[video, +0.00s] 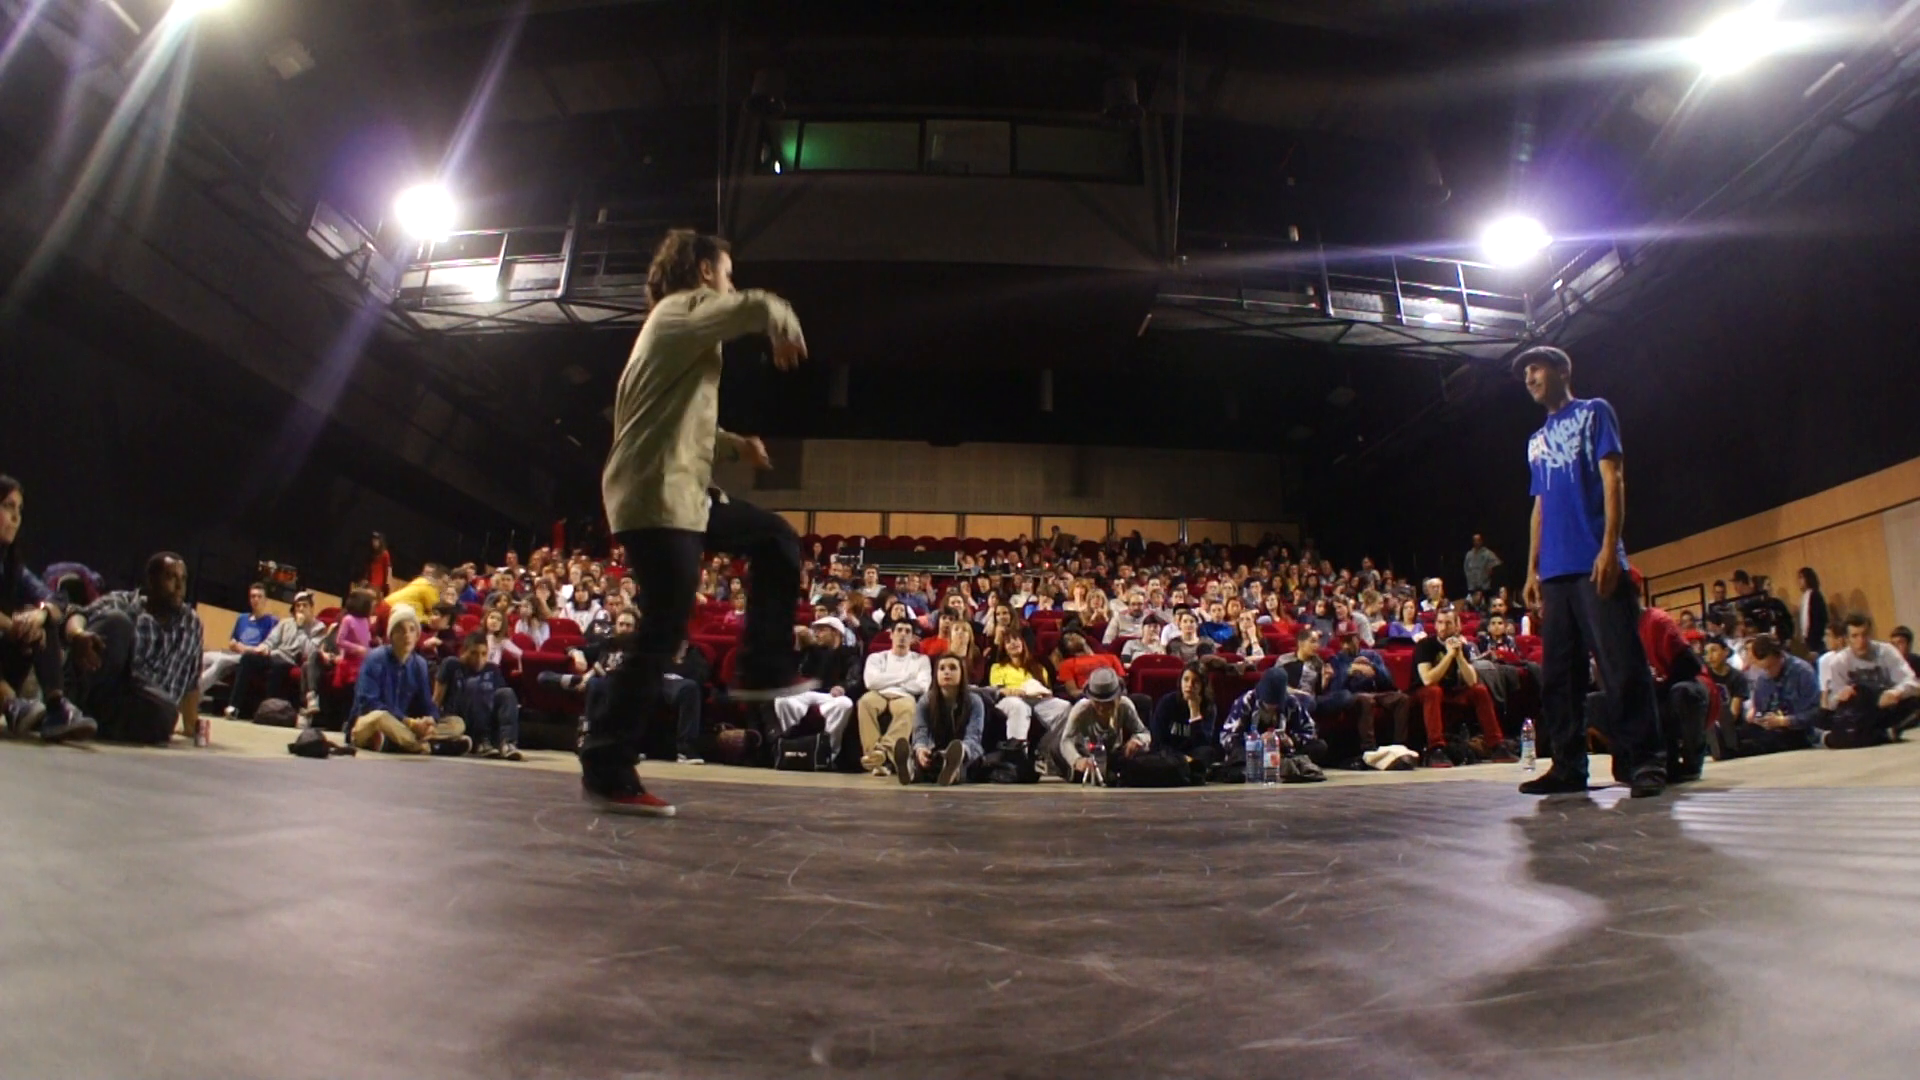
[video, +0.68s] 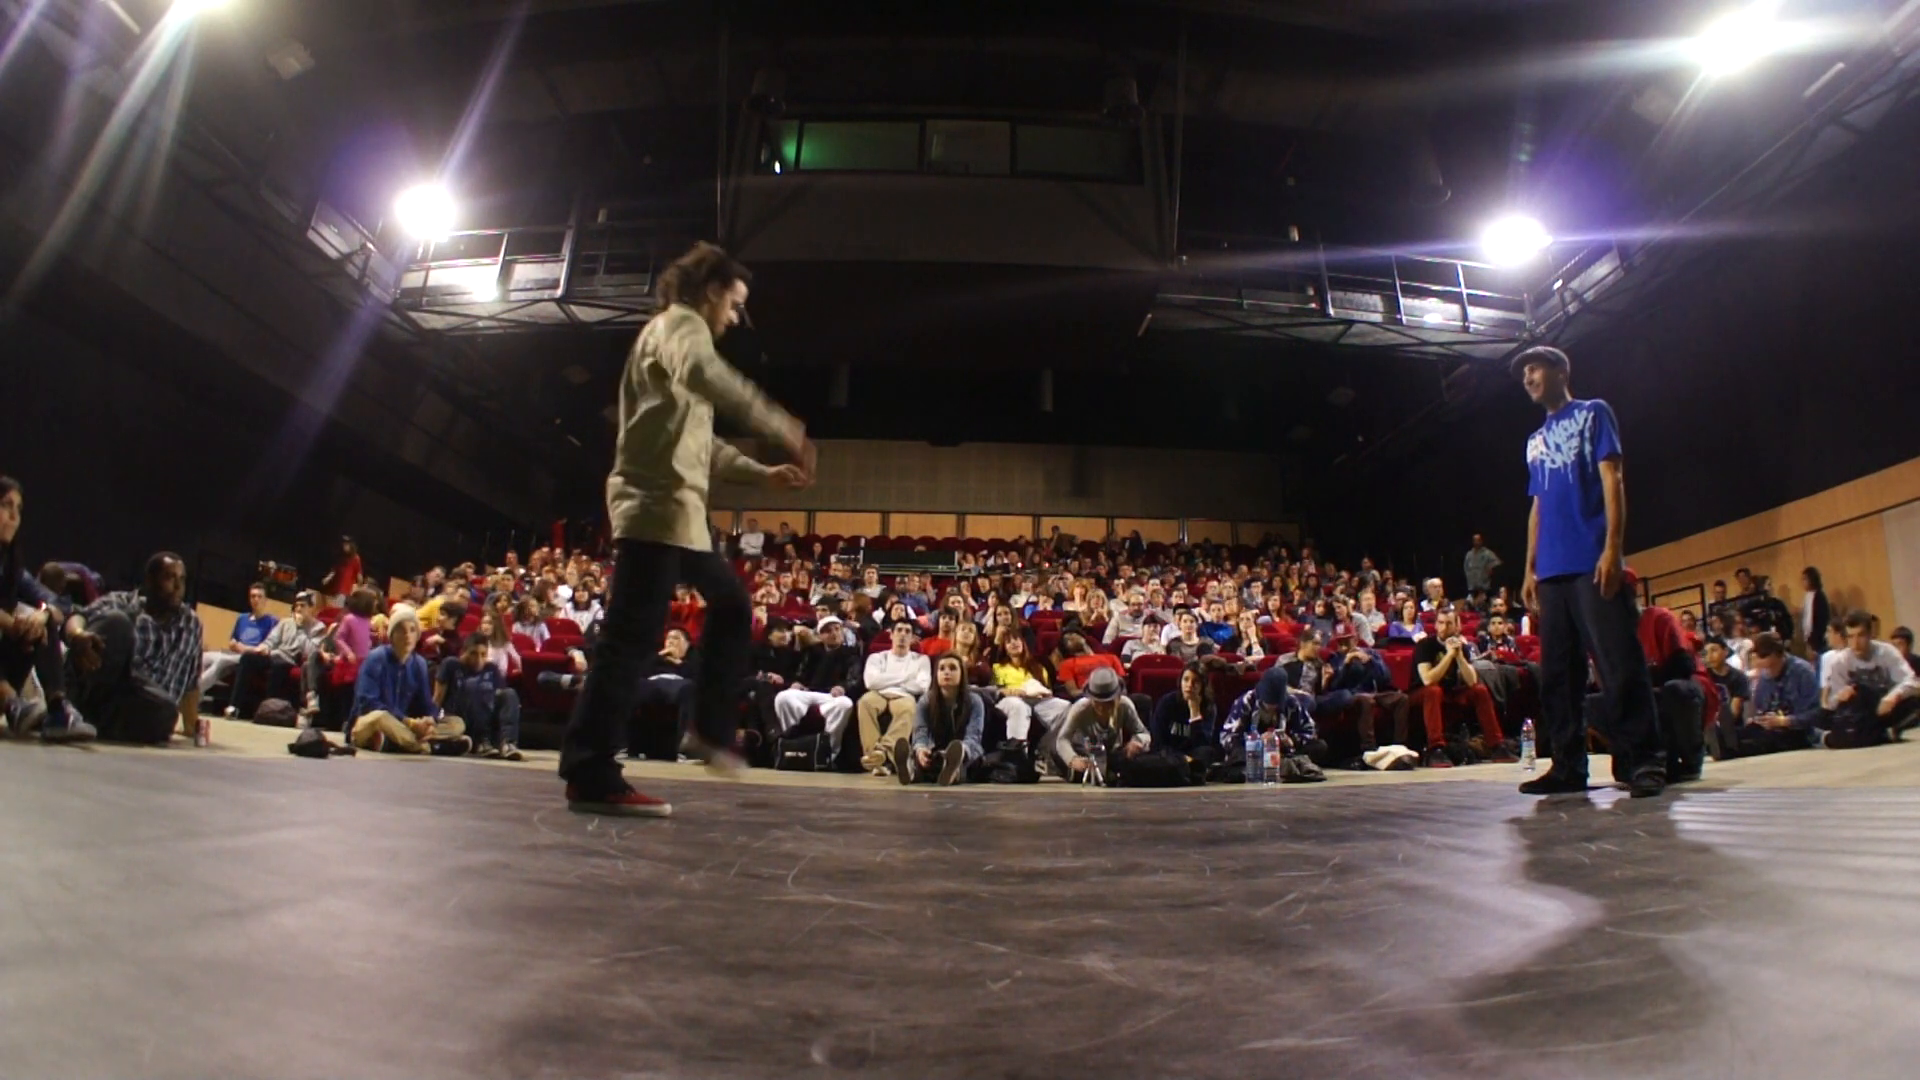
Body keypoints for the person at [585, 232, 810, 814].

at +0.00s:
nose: (732, 285)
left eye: (732, 276)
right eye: (726, 274)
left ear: (687, 274)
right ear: (700, 272)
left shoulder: (686, 335)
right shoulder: (673, 313)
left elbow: (679, 430)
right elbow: (759, 307)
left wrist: (736, 447)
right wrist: (782, 327)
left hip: (687, 493)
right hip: (655, 492)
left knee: (777, 539)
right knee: (664, 626)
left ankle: (766, 668)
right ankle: (608, 764)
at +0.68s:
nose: (736, 318)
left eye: (739, 308)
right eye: (735, 304)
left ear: (710, 295)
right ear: (710, 289)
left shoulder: (678, 343)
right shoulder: (678, 322)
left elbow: (699, 445)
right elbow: (701, 370)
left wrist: (764, 473)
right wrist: (782, 427)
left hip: (674, 509)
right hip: (654, 505)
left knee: (732, 603)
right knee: (630, 639)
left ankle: (712, 731)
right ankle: (591, 774)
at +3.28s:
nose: (779, 348)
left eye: (788, 341)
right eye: (776, 334)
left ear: (791, 336)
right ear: (755, 310)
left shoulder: (771, 361)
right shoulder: (710, 321)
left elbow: (808, 370)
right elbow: (692, 279)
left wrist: (860, 358)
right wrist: (765, 253)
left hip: (721, 501)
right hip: (671, 486)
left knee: (751, 625)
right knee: (712, 612)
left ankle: (768, 747)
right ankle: (641, 741)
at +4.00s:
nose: (791, 304)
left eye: (792, 296)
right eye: (783, 293)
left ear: (768, 302)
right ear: (749, 293)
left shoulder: (766, 365)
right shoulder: (718, 330)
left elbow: (801, 402)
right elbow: (672, 335)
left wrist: (840, 440)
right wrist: (749, 369)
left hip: (733, 528)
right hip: (685, 513)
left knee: (716, 662)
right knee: (643, 645)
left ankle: (692, 775)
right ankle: (589, 773)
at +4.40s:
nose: (784, 293)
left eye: (784, 285)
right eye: (775, 282)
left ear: (761, 291)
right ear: (741, 283)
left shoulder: (769, 369)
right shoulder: (711, 327)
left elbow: (828, 415)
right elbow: (648, 383)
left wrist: (883, 368)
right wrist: (624, 481)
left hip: (726, 489)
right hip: (703, 477)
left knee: (684, 638)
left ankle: (693, 778)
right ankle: (878, 644)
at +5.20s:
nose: (777, 270)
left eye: (781, 263)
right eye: (768, 257)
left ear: (774, 273)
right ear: (731, 254)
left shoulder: (774, 344)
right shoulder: (682, 302)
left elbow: (815, 390)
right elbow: (597, 336)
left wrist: (856, 394)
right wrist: (598, 387)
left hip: (738, 515)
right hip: (677, 499)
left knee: (707, 651)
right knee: (648, 644)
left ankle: (694, 779)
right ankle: (620, 788)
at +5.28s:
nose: (778, 268)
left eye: (781, 261)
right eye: (769, 256)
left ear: (771, 271)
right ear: (732, 255)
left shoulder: (775, 342)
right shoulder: (683, 300)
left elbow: (824, 391)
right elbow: (592, 306)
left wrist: (890, 410)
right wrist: (553, 348)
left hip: (736, 513)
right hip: (677, 500)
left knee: (707, 653)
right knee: (651, 645)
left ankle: (694, 780)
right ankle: (619, 786)